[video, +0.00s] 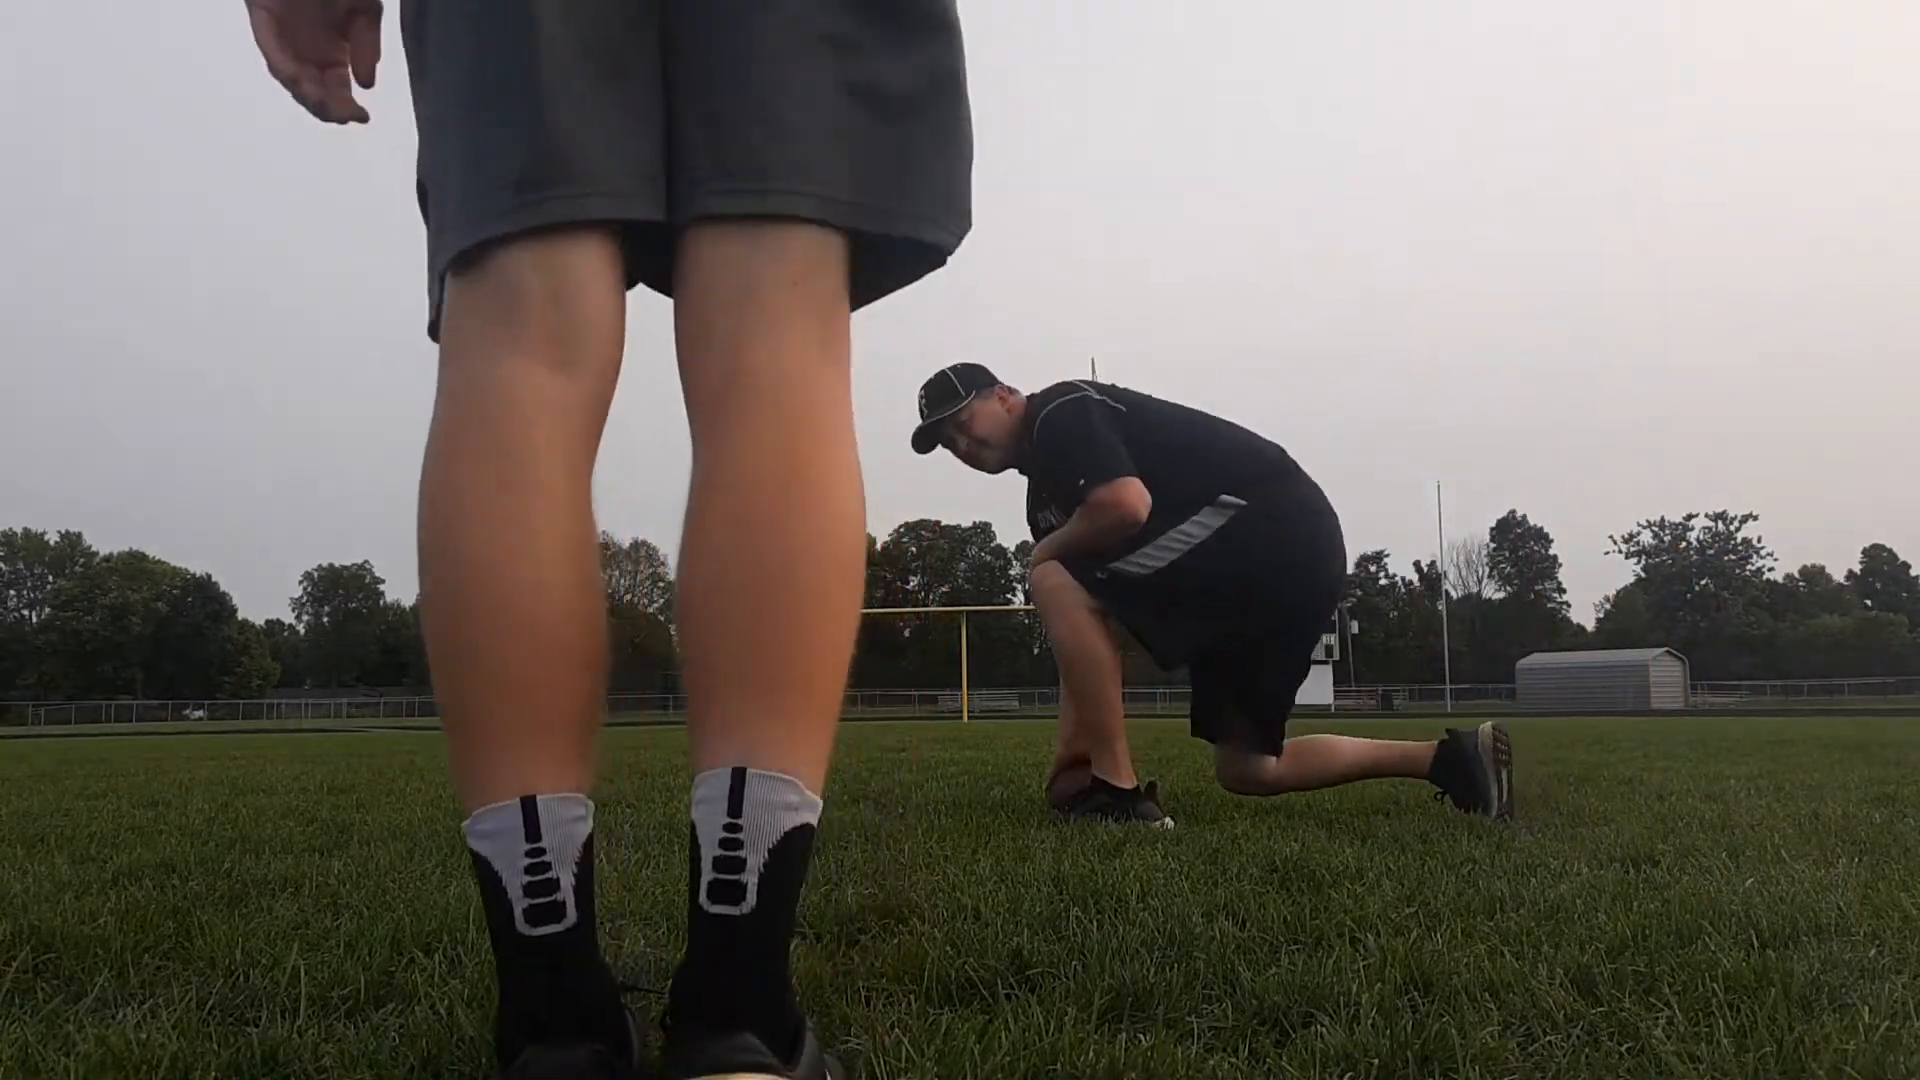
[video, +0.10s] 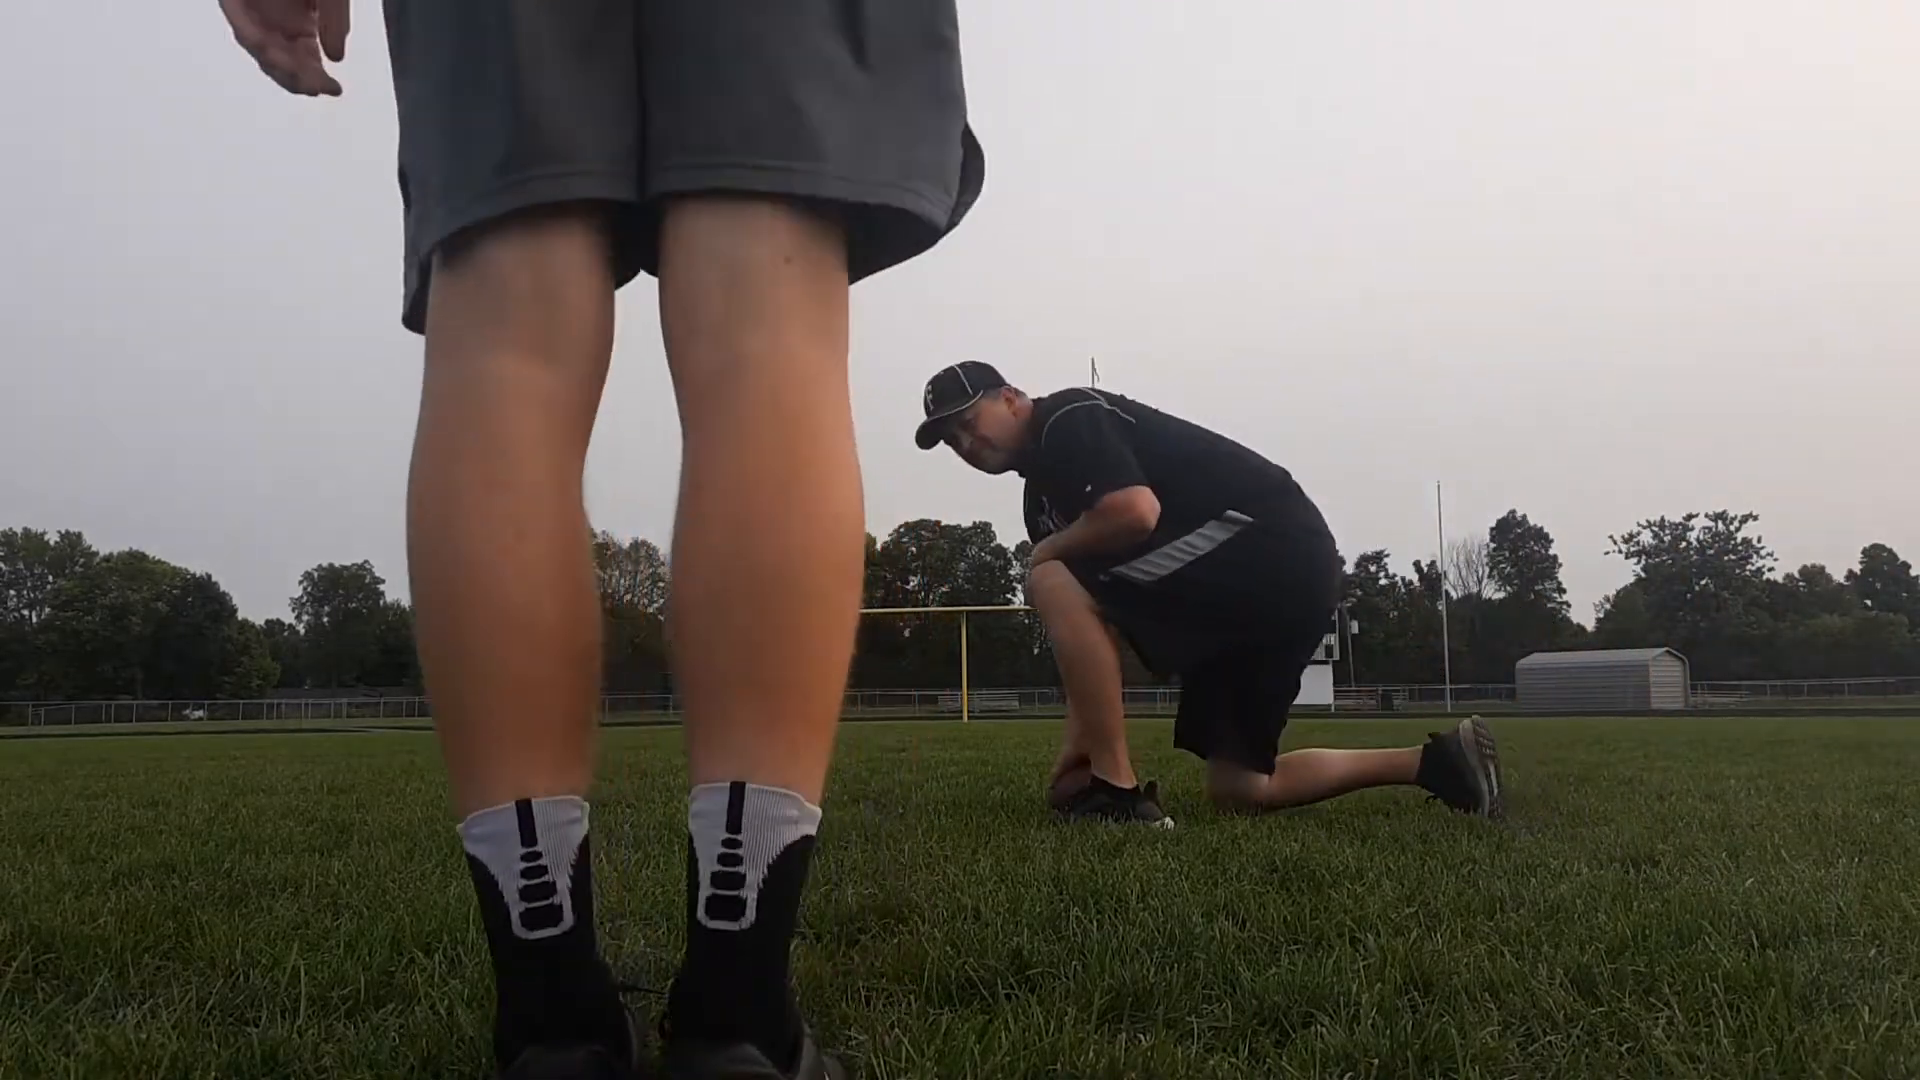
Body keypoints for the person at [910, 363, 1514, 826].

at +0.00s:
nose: (959, 448)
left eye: (959, 427)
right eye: (947, 443)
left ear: (996, 396)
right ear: (966, 446)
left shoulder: (1062, 411)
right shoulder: (1051, 498)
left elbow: (1127, 503)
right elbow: (1089, 630)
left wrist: (1045, 554)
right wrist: (1070, 755)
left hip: (1263, 522)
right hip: (1304, 554)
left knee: (1056, 578)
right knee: (1247, 767)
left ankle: (1120, 786)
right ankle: (1444, 759)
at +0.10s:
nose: (963, 446)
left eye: (964, 425)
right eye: (951, 440)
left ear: (1004, 398)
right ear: (967, 446)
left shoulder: (1068, 419)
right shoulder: (1048, 504)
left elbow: (1134, 510)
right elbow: (1095, 630)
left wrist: (1046, 553)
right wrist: (1076, 751)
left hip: (1264, 542)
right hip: (1289, 580)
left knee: (1052, 576)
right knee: (1238, 786)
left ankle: (1119, 784)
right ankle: (1431, 765)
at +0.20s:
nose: (970, 442)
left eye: (973, 421)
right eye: (959, 436)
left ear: (1015, 397)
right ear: (972, 443)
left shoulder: (1080, 421)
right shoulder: (1049, 504)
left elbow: (1146, 514)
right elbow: (1094, 627)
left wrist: (1050, 551)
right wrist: (1079, 746)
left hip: (1272, 547)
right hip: (1283, 592)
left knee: (1057, 575)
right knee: (1237, 791)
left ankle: (1120, 786)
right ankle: (1427, 766)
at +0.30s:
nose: (983, 438)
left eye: (987, 418)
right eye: (973, 430)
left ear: (1032, 395)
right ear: (990, 431)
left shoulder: (1097, 418)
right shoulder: (1054, 503)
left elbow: (1161, 516)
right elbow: (1105, 623)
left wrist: (1061, 551)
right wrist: (1086, 747)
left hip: (1277, 554)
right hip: (1284, 600)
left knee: (1069, 577)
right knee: (1239, 797)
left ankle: (1119, 788)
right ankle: (1427, 767)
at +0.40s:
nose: (1003, 435)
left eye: (1005, 415)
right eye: (995, 424)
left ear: (1050, 388)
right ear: (1024, 409)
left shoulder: (1118, 408)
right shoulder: (1072, 495)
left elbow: (1169, 514)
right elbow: (1121, 622)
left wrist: (1065, 552)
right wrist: (1094, 748)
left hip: (1286, 559)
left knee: (1076, 576)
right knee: (1238, 797)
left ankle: (1120, 789)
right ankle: (1426, 764)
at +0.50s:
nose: (1020, 410)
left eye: (1024, 392)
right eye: (1014, 399)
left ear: (1071, 369)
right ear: (1048, 388)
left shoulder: (1141, 398)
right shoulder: (1095, 479)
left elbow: (1175, 510)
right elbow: (1127, 620)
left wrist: (1080, 552)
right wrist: (1095, 748)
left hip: (1285, 559)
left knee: (1084, 578)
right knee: (1236, 796)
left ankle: (1123, 788)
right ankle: (1427, 767)